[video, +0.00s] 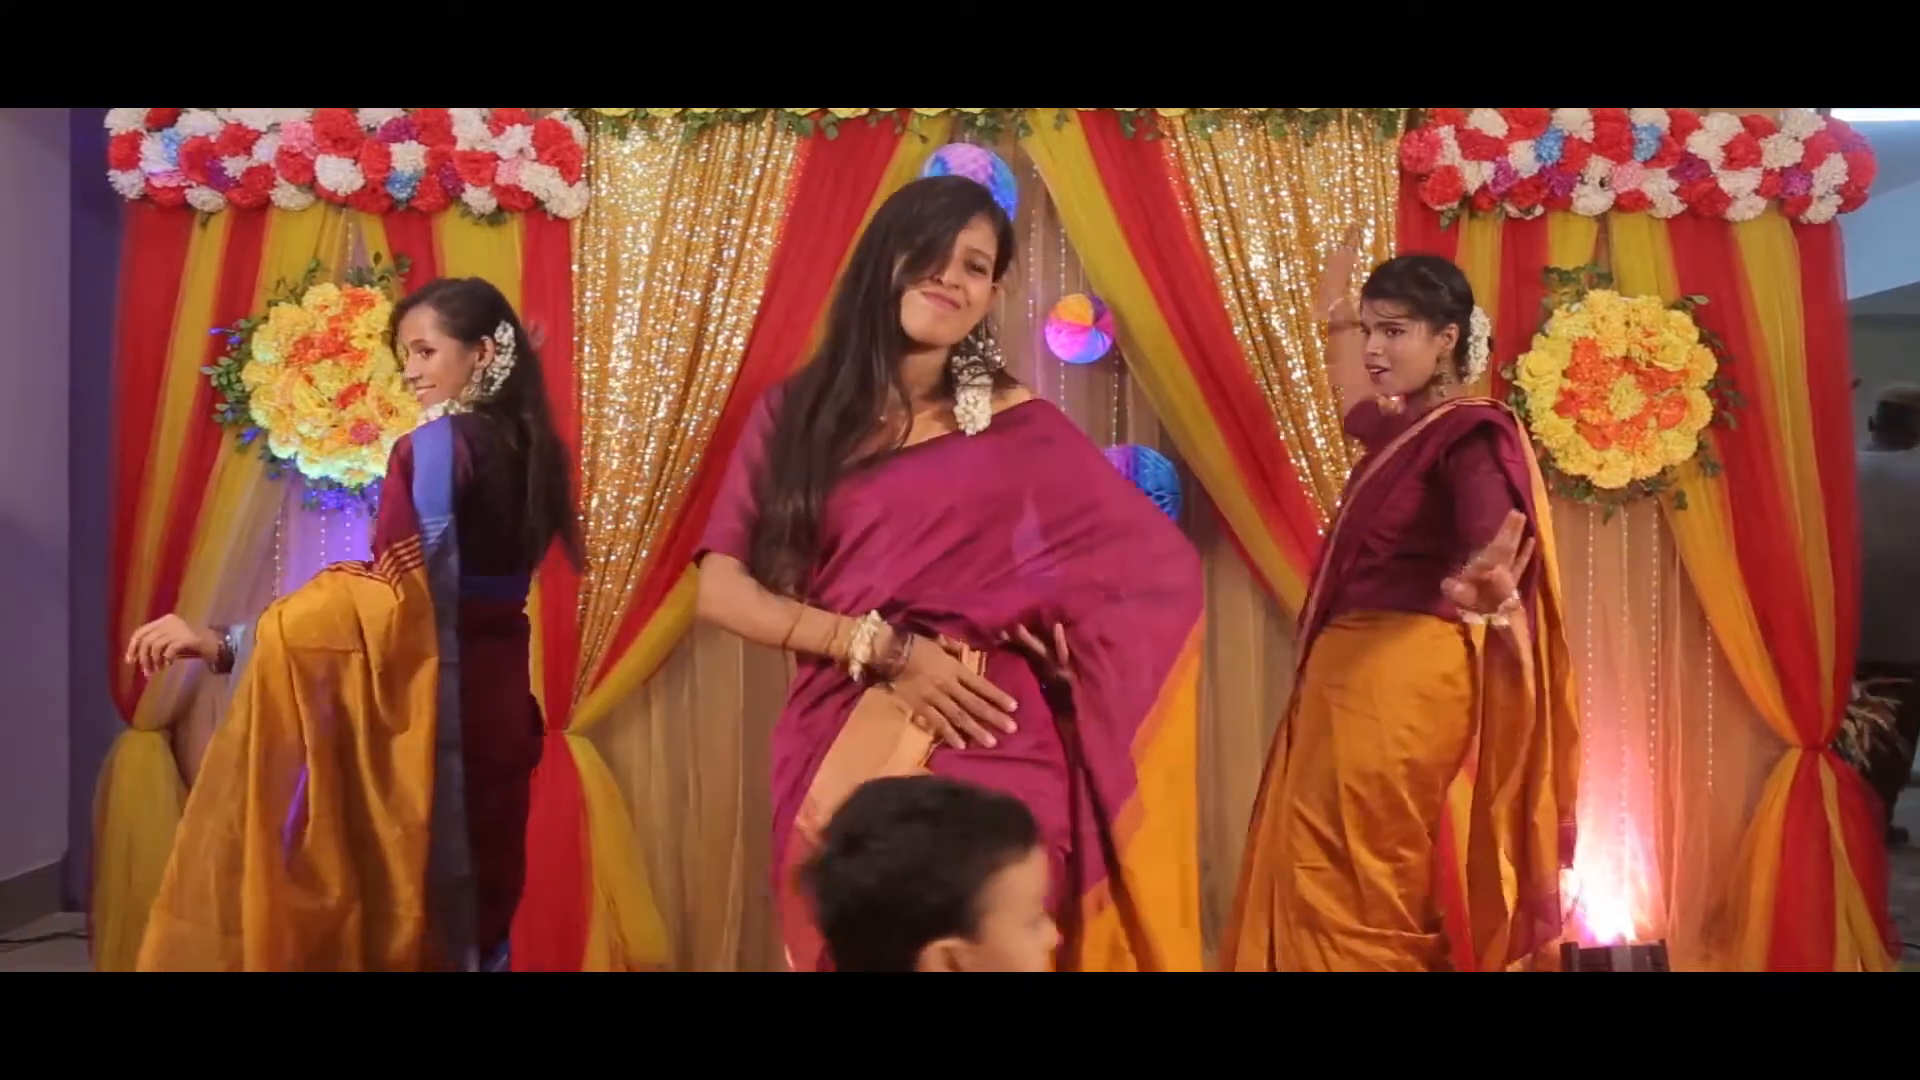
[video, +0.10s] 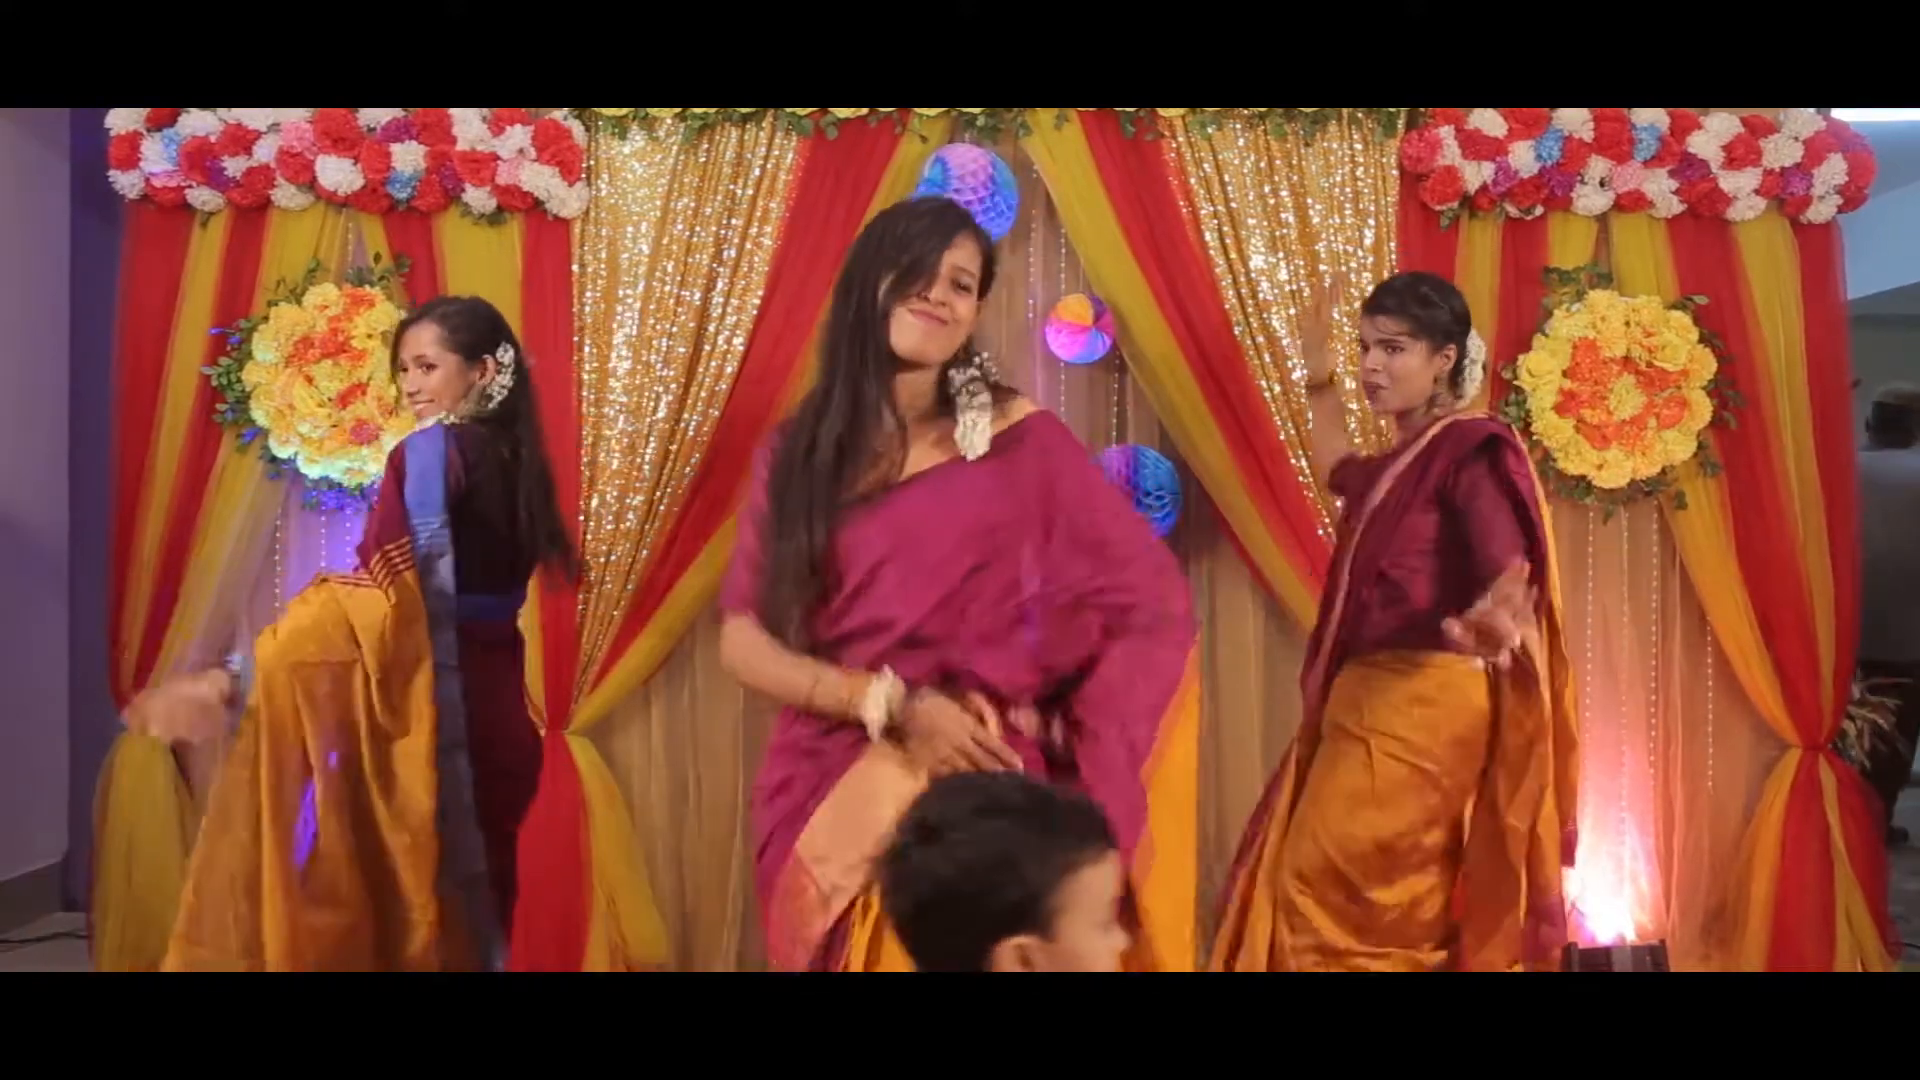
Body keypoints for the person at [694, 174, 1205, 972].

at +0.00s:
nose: (953, 278)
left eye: (978, 267)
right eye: (934, 253)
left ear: (993, 296)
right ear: (886, 259)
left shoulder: (1016, 417)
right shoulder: (791, 413)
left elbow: (1168, 562)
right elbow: (718, 591)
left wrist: (1078, 635)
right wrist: (885, 649)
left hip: (1005, 746)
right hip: (843, 750)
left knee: (1001, 958)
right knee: (844, 957)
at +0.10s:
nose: (938, 296)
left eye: (962, 285)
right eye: (918, 272)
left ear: (979, 314)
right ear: (868, 281)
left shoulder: (1019, 434)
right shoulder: (800, 451)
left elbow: (1158, 600)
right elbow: (741, 645)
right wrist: (896, 705)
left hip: (995, 796)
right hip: (828, 797)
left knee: (994, 961)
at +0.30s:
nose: (917, 266)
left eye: (939, 253)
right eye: (891, 250)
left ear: (964, 290)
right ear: (847, 273)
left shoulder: (1014, 423)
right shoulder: (788, 427)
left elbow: (1120, 569)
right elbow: (735, 613)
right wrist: (917, 672)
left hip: (1002, 755)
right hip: (840, 753)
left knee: (981, 941)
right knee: (852, 947)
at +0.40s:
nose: (896, 255)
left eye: (920, 238)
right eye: (872, 243)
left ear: (959, 273)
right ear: (840, 275)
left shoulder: (1016, 421)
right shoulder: (789, 411)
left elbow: (1112, 579)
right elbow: (728, 591)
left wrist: (1069, 660)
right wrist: (907, 657)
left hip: (1009, 735)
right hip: (849, 734)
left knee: (983, 935)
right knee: (859, 945)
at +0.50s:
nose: (883, 272)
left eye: (907, 252)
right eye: (859, 259)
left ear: (951, 280)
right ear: (836, 295)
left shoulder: (1019, 423)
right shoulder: (796, 433)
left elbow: (1109, 590)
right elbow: (745, 620)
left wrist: (976, 680)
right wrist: (911, 680)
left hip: (1002, 763)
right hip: (842, 762)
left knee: (969, 939)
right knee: (860, 947)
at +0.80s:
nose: (915, 282)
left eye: (936, 260)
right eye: (890, 261)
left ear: (962, 280)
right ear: (846, 280)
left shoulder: (1004, 419)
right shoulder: (794, 420)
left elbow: (1066, 612)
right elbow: (749, 602)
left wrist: (1161, 731)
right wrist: (933, 652)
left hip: (1011, 734)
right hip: (860, 736)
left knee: (1003, 941)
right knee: (876, 950)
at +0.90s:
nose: (928, 300)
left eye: (947, 278)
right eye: (904, 279)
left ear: (971, 290)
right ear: (860, 290)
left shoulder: (1009, 429)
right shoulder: (800, 424)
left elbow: (1058, 633)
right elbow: (758, 608)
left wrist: (1186, 654)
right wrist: (940, 666)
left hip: (1007, 753)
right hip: (857, 759)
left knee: (1006, 946)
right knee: (869, 957)